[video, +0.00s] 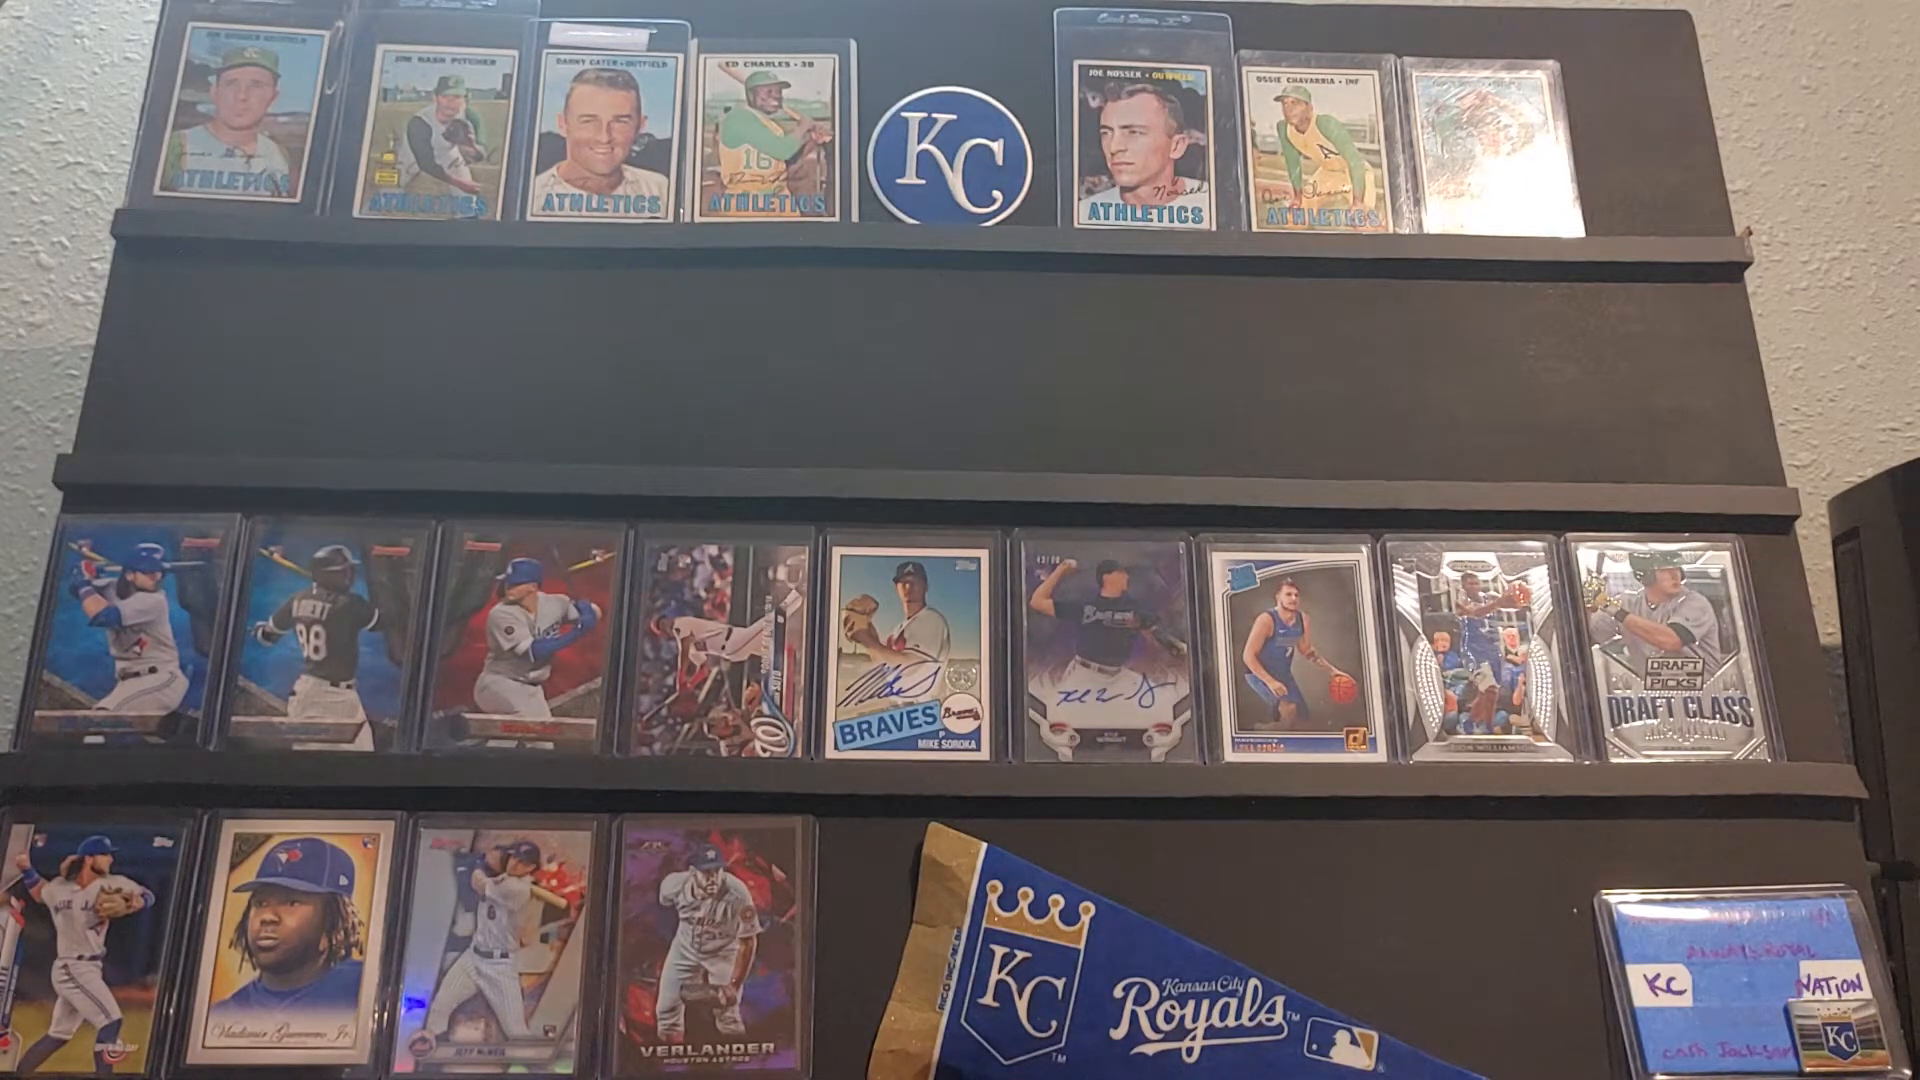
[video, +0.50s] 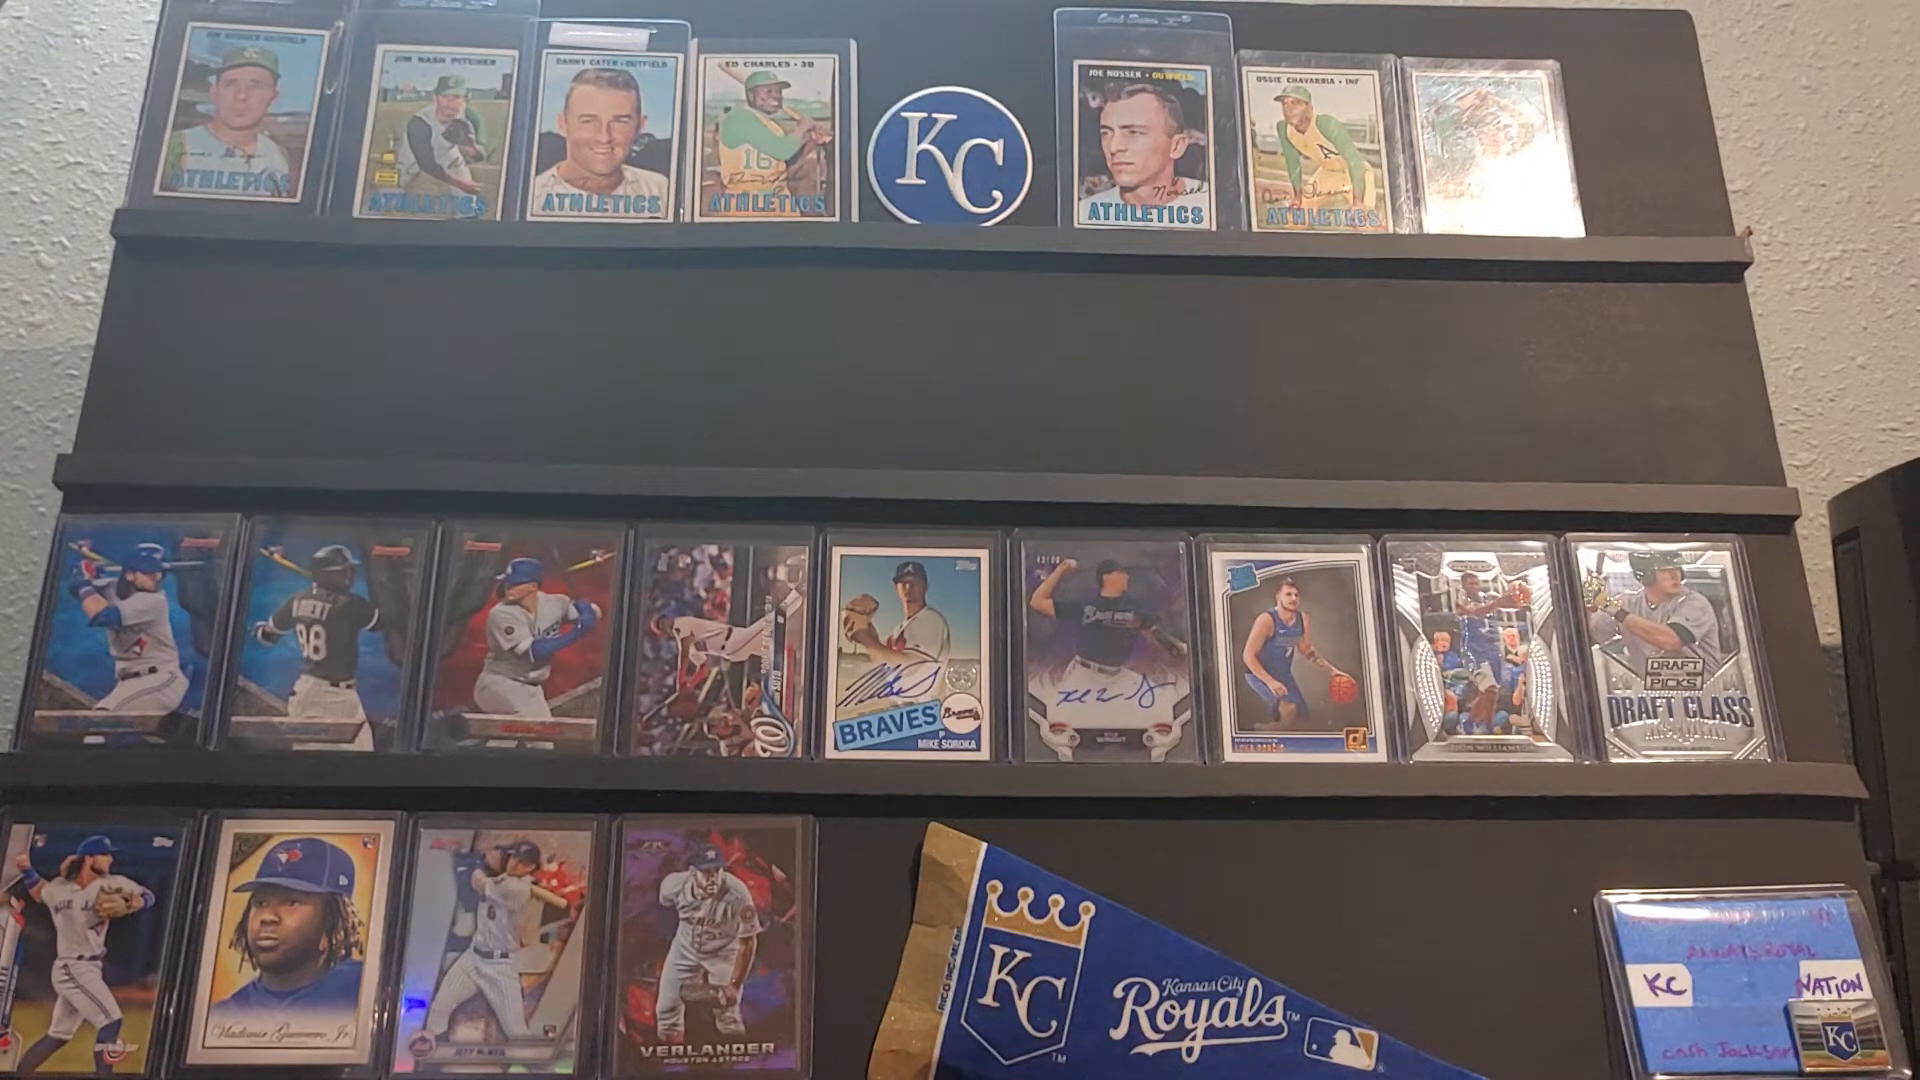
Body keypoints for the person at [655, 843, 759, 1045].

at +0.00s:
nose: (712, 878)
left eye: (716, 871)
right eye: (706, 872)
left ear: (722, 869)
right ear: (693, 871)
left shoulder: (738, 893)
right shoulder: (673, 886)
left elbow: (749, 941)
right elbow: (667, 912)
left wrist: (735, 985)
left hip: (724, 954)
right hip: (684, 948)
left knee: (727, 1015)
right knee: (666, 1009)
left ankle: (740, 1068)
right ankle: (673, 1068)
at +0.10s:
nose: (712, 878)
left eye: (716, 871)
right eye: (706, 872)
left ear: (722, 869)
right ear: (693, 871)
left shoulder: (738, 893)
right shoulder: (673, 886)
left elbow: (749, 941)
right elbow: (667, 913)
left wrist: (735, 985)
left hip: (725, 954)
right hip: (684, 948)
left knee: (727, 1014)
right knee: (666, 1009)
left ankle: (740, 1067)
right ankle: (673, 1068)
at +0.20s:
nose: (712, 878)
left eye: (716, 871)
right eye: (705, 872)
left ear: (722, 869)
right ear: (692, 871)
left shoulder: (738, 893)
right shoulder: (672, 886)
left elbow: (749, 941)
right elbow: (668, 914)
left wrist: (735, 985)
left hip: (724, 954)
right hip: (684, 948)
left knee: (727, 1015)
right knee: (666, 1009)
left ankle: (740, 1068)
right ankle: (673, 1069)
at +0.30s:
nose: (712, 878)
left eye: (716, 871)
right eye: (705, 872)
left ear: (722, 869)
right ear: (692, 871)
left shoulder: (738, 893)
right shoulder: (672, 886)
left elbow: (749, 941)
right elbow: (668, 914)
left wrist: (735, 985)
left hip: (724, 954)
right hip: (684, 948)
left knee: (727, 1015)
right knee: (666, 1009)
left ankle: (740, 1068)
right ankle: (673, 1069)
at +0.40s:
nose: (712, 878)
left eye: (716, 871)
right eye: (705, 872)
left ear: (722, 869)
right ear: (692, 871)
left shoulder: (738, 893)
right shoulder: (672, 886)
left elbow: (749, 941)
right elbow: (668, 914)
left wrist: (735, 985)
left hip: (724, 954)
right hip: (684, 948)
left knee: (727, 1015)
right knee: (666, 1009)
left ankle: (740, 1068)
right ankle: (673, 1069)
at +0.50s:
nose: (712, 878)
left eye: (716, 871)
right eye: (706, 872)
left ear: (722, 869)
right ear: (692, 871)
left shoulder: (738, 893)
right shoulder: (672, 886)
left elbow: (749, 941)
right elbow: (668, 914)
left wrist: (735, 985)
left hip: (724, 954)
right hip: (684, 948)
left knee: (727, 1015)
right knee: (666, 1009)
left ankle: (740, 1068)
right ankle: (673, 1069)